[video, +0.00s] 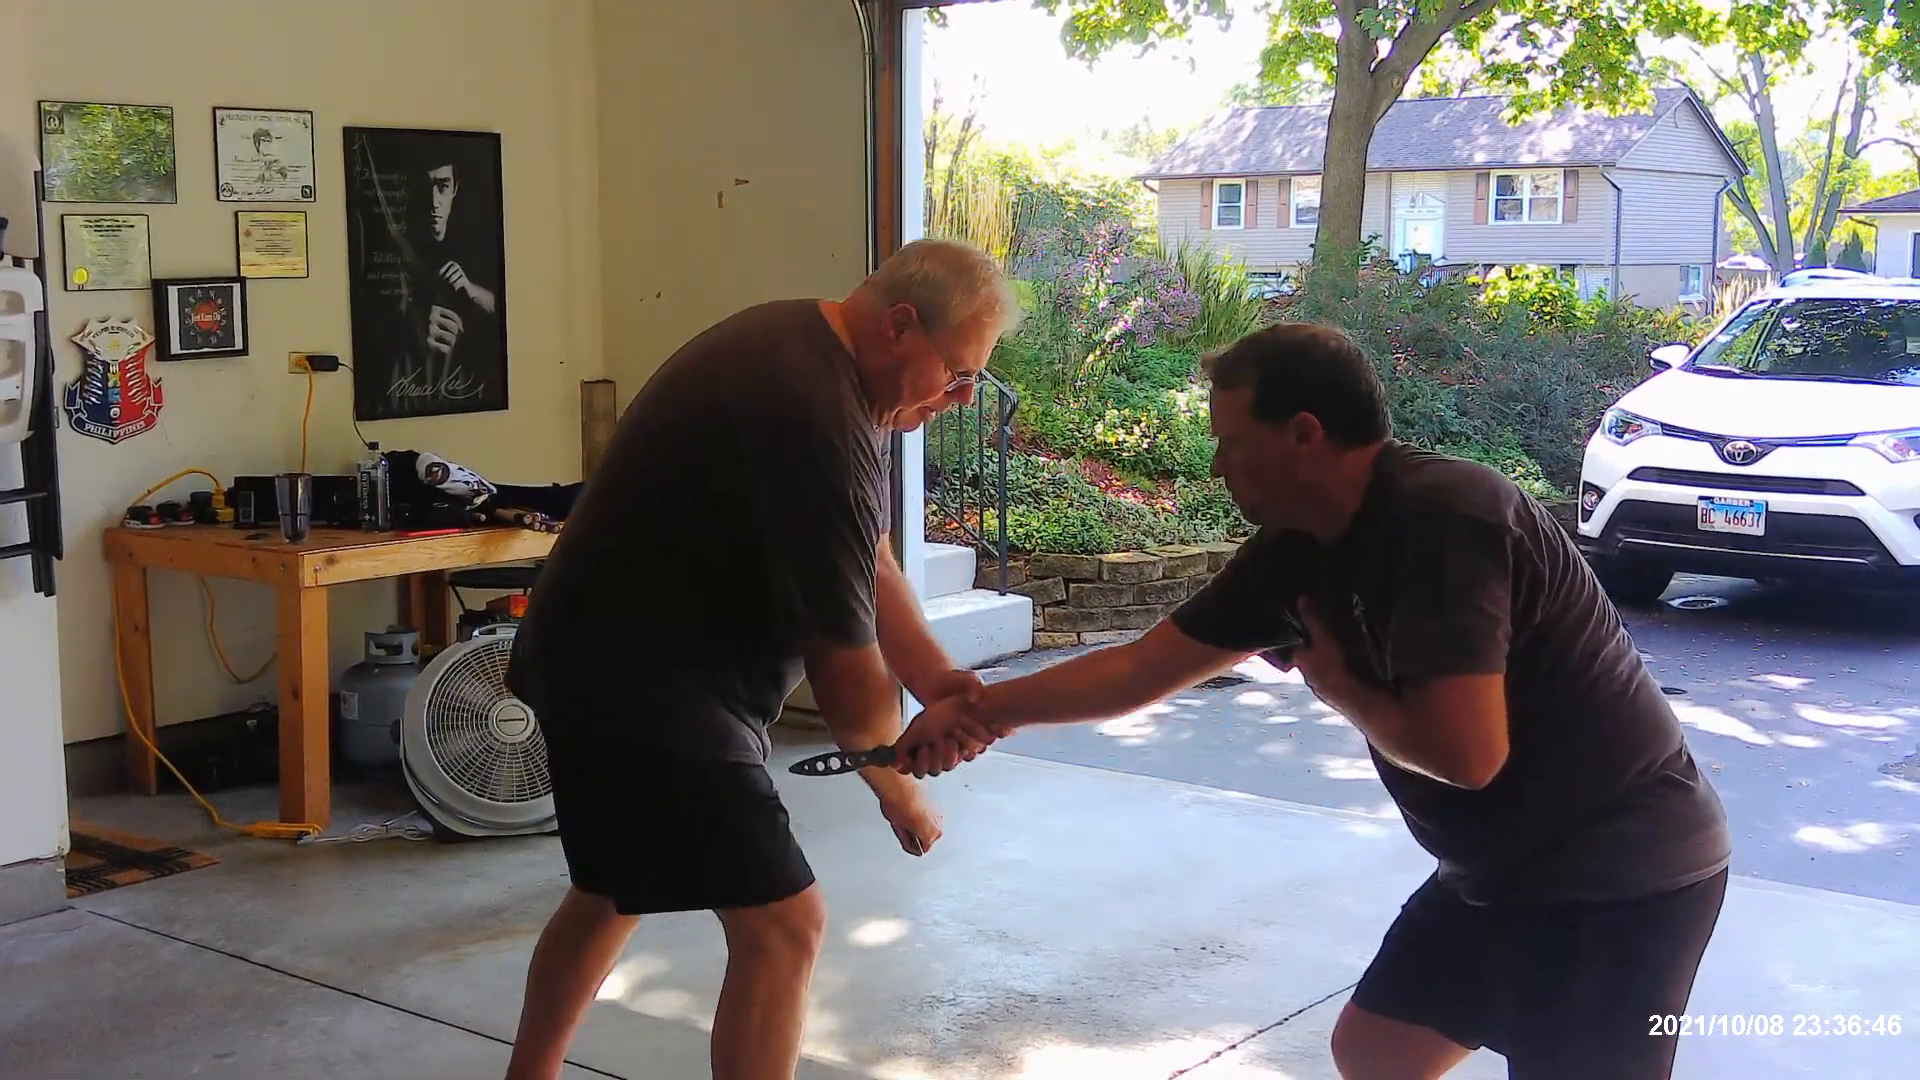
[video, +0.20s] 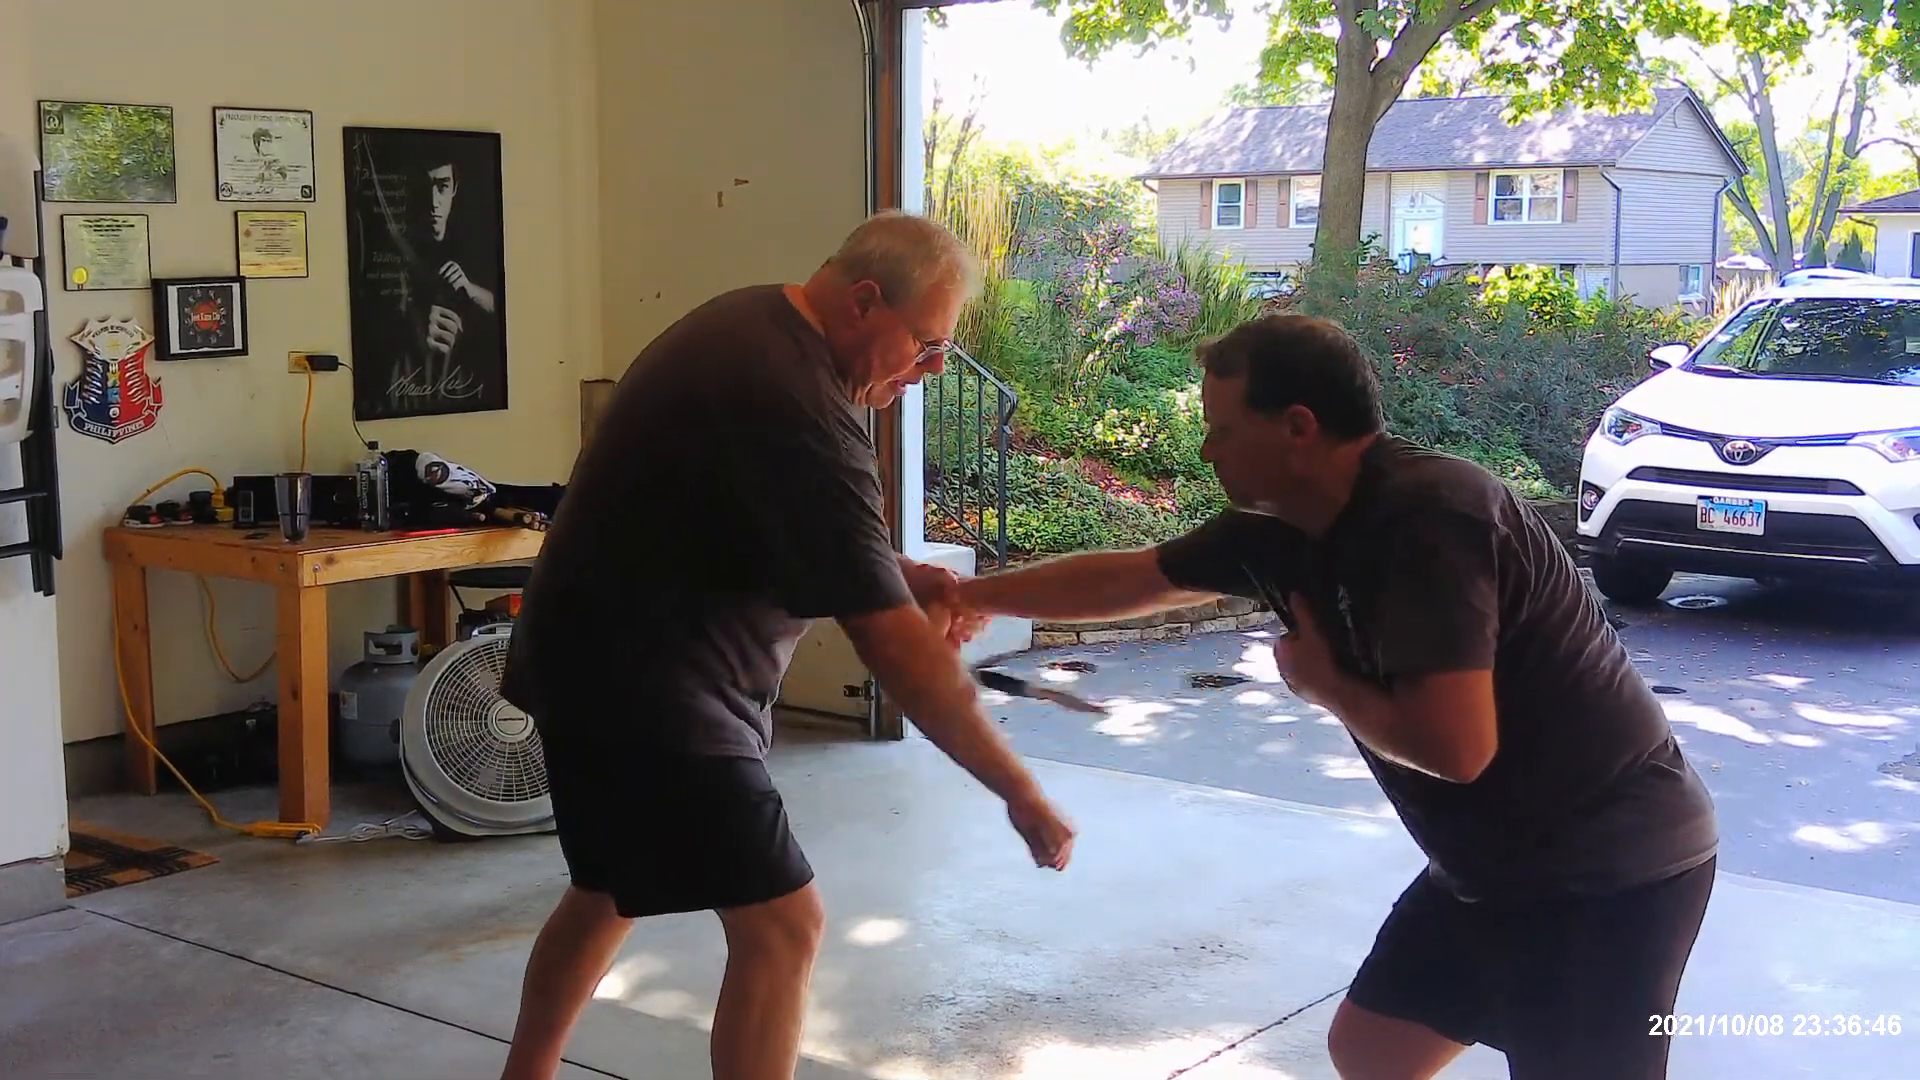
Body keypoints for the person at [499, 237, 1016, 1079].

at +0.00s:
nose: (958, 397)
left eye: (968, 381)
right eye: (958, 373)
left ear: (890, 321)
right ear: (896, 325)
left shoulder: (797, 347)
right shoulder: (821, 415)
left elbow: (869, 564)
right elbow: (845, 665)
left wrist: (939, 683)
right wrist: (895, 787)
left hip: (585, 660)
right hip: (652, 687)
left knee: (606, 889)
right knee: (781, 924)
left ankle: (530, 1070)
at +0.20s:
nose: (926, 368)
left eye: (936, 351)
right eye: (925, 343)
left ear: (852, 296)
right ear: (861, 300)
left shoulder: (748, 325)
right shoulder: (803, 410)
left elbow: (766, 514)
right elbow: (895, 643)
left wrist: (896, 575)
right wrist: (1018, 788)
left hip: (576, 653)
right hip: (653, 684)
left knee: (607, 886)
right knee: (781, 922)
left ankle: (526, 1069)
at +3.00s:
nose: (1085, 223)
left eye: (1090, 203)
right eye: (1071, 199)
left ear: (1013, 200)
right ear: (1003, 194)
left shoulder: (995, 309)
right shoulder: (954, 306)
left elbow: (1014, 502)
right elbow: (989, 521)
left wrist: (1037, 641)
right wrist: (1105, 648)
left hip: (965, 650)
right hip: (891, 651)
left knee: (1004, 845)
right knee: (888, 877)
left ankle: (1020, 1073)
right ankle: (775, 1061)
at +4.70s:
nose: (963, 199)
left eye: (963, 179)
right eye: (953, 177)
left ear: (893, 177)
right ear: (895, 174)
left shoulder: (902, 288)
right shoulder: (802, 286)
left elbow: (920, 466)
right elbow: (763, 478)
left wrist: (952, 602)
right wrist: (814, 638)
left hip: (892, 631)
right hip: (814, 636)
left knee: (877, 828)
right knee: (831, 835)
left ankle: (840, 1051)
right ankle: (778, 1061)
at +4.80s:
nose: (967, 203)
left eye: (968, 182)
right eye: (958, 181)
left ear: (898, 179)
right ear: (899, 177)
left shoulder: (908, 289)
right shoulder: (805, 286)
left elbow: (926, 468)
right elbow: (765, 480)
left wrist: (957, 600)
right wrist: (817, 640)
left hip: (893, 631)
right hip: (814, 636)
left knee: (878, 830)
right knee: (840, 834)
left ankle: (839, 1051)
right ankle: (769, 1058)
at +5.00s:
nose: (956, 193)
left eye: (955, 174)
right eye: (944, 173)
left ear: (887, 176)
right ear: (883, 174)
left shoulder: (907, 289)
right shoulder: (797, 284)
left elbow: (932, 460)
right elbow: (760, 481)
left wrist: (978, 597)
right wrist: (817, 647)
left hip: (889, 631)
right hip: (807, 638)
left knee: (876, 830)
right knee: (822, 847)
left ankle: (839, 1053)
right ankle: (759, 1072)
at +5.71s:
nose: (881, 169)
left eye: (875, 151)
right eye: (860, 153)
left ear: (808, 173)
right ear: (787, 173)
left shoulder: (863, 279)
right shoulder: (717, 306)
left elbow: (914, 435)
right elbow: (678, 516)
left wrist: (942, 560)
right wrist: (816, 636)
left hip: (868, 632)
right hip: (764, 647)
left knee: (897, 832)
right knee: (781, 855)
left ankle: (849, 1058)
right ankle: (747, 1072)